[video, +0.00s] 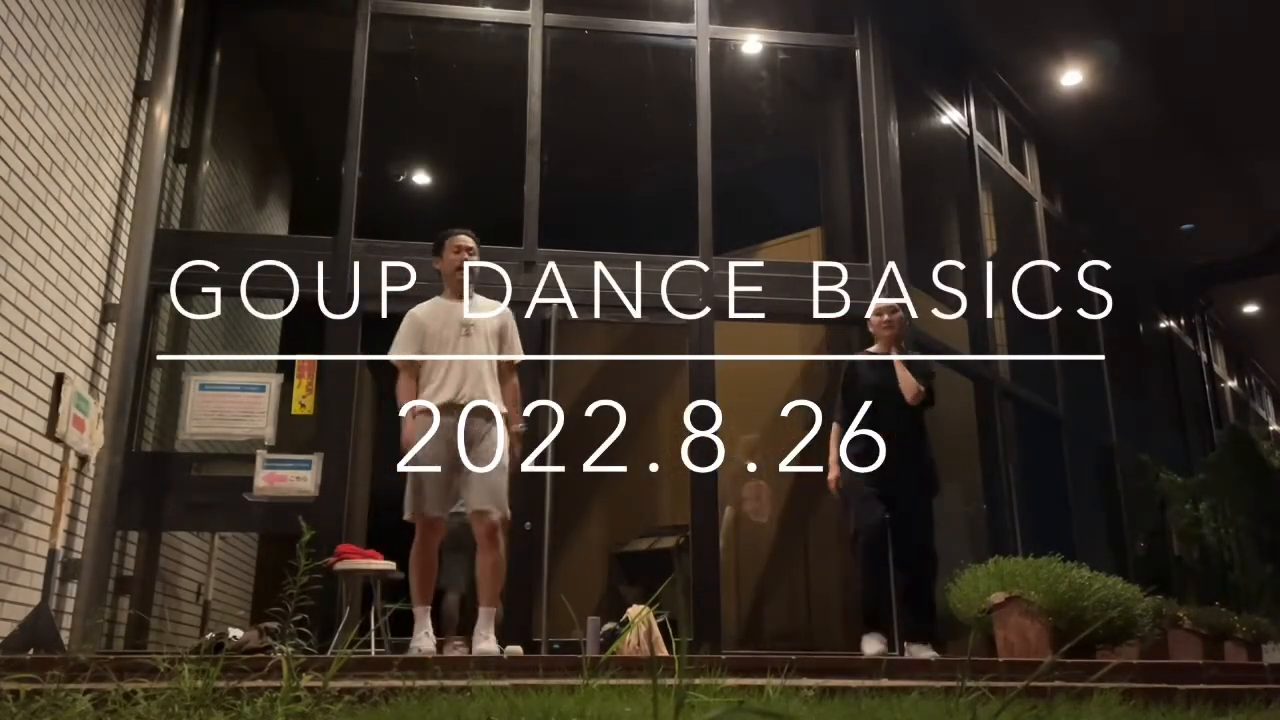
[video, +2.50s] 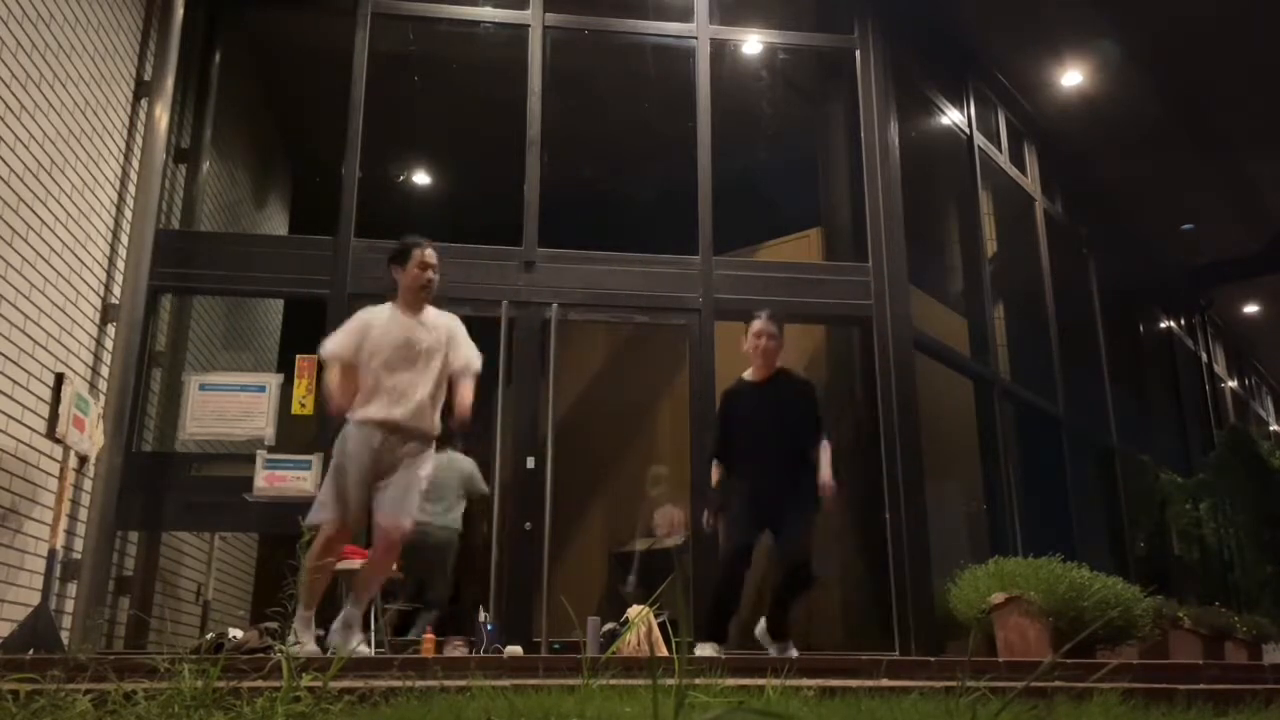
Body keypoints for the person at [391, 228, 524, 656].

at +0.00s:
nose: (466, 258)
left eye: (471, 252)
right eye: (458, 252)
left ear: (478, 262)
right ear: (439, 262)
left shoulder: (498, 314)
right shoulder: (419, 316)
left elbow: (509, 377)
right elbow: (406, 376)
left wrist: (514, 429)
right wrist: (408, 424)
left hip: (488, 429)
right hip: (434, 428)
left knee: (489, 528)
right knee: (429, 528)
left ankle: (485, 630)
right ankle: (422, 629)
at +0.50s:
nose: (495, 257)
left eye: (499, 251)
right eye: (486, 249)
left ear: (503, 262)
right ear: (462, 258)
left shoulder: (514, 315)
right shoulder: (433, 310)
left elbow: (527, 378)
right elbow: (410, 372)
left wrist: (537, 421)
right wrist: (396, 427)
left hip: (498, 424)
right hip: (443, 423)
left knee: (499, 524)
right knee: (448, 526)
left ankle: (488, 631)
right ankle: (457, 630)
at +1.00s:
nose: (450, 249)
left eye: (454, 243)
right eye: (441, 240)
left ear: (456, 249)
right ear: (417, 242)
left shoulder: (458, 297)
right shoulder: (382, 286)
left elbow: (498, 298)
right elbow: (340, 280)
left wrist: (484, 250)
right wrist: (367, 233)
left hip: (436, 406)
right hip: (378, 404)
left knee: (446, 511)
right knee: (347, 510)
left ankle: (442, 623)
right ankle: (321, 620)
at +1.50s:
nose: (422, 267)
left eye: (426, 259)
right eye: (414, 259)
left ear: (430, 262)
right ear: (389, 259)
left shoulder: (444, 311)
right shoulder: (360, 316)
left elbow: (463, 367)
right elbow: (336, 379)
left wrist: (479, 418)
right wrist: (319, 439)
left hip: (433, 429)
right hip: (373, 429)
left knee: (445, 506)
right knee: (345, 522)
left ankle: (459, 613)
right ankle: (320, 626)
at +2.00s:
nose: (486, 288)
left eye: (489, 281)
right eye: (477, 280)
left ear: (491, 291)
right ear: (451, 286)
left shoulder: (496, 345)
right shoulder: (417, 335)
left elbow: (514, 403)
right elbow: (376, 391)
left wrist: (532, 430)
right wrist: (392, 429)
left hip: (478, 455)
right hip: (420, 452)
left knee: (491, 535)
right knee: (419, 517)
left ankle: (493, 632)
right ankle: (432, 619)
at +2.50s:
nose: (430, 274)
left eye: (434, 269)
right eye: (422, 267)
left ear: (438, 277)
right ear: (398, 272)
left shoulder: (448, 325)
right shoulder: (371, 319)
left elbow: (466, 368)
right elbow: (334, 355)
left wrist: (463, 403)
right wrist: (337, 393)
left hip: (417, 441)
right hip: (364, 432)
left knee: (394, 534)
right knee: (338, 530)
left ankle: (347, 627)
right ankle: (303, 624)